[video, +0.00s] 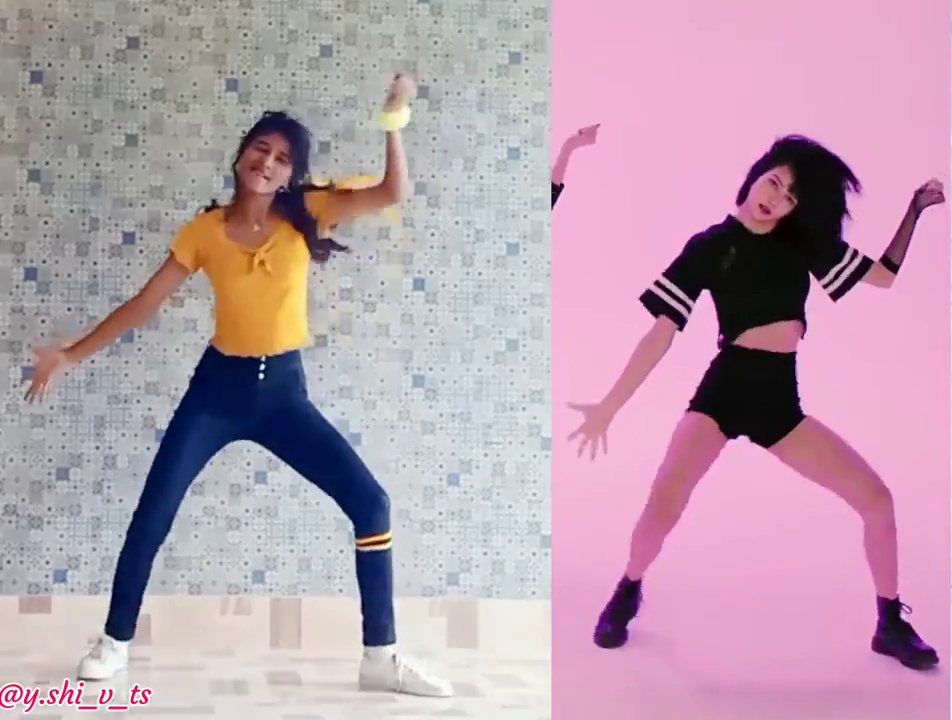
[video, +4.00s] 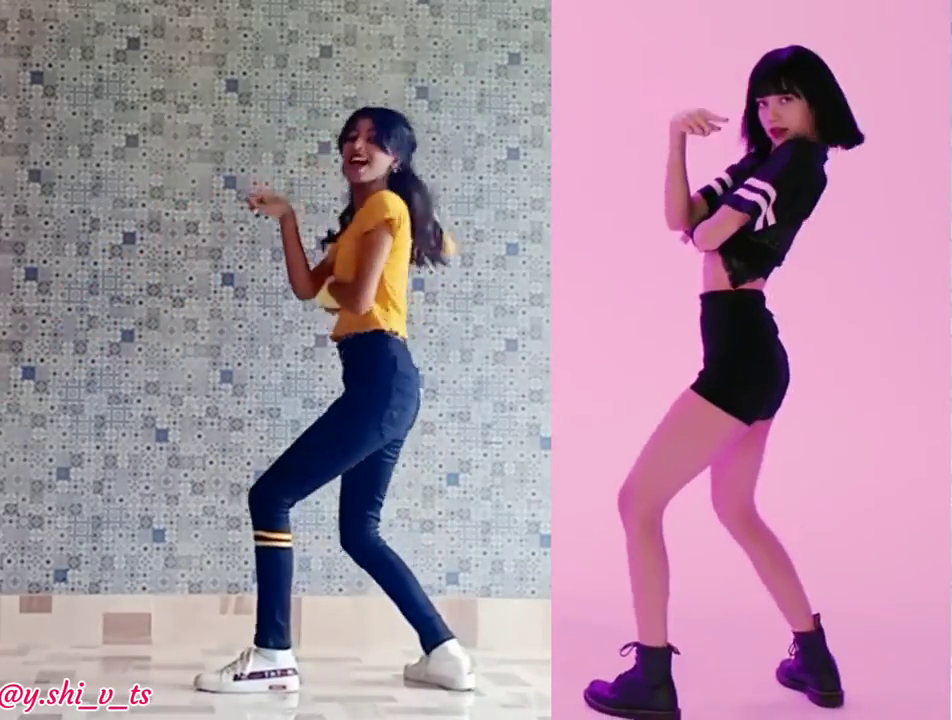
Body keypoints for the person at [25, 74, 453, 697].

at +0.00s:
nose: (264, 161)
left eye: (280, 158)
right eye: (258, 148)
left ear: (291, 176)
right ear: (240, 155)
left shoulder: (304, 212)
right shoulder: (205, 232)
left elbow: (391, 193)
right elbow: (143, 305)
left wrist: (394, 122)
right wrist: (68, 354)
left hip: (285, 400)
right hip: (214, 397)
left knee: (372, 505)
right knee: (152, 515)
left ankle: (380, 658)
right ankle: (112, 648)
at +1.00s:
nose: (190, 108)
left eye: (196, 97)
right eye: (175, 105)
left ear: (214, 112)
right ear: (161, 128)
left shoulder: (249, 186)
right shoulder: (149, 193)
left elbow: (298, 270)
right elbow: (91, 275)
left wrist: (350, 329)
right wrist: (23, 328)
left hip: (224, 351)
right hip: (162, 352)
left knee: (284, 472)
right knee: (133, 502)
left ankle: (361, 597)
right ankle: (91, 642)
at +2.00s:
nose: (291, 141)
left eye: (300, 131)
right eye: (277, 132)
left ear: (312, 143)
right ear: (259, 143)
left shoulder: (324, 216)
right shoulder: (241, 198)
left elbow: (314, 309)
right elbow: (208, 290)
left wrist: (365, 287)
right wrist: (179, 373)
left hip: (312, 361)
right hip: (261, 363)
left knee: (350, 506)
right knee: (325, 503)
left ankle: (294, 643)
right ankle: (207, 580)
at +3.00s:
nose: (399, 127)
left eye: (413, 118)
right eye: (393, 120)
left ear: (440, 130)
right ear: (389, 131)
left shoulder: (426, 173)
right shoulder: (407, 180)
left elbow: (384, 258)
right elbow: (331, 223)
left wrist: (338, 260)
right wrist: (322, 157)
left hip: (381, 344)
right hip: (401, 347)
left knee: (313, 493)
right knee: (395, 508)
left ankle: (278, 652)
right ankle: (447, 650)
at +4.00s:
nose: (356, 148)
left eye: (371, 142)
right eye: (351, 139)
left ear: (395, 157)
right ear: (342, 151)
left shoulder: (384, 205)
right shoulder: (362, 219)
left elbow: (362, 296)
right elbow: (305, 286)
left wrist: (331, 291)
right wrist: (286, 218)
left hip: (380, 382)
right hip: (387, 383)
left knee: (270, 496)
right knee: (359, 535)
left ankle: (271, 657)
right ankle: (444, 652)